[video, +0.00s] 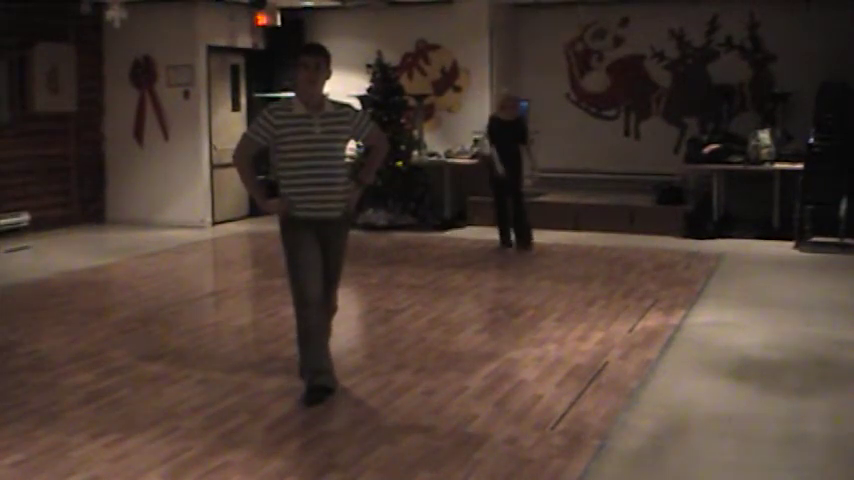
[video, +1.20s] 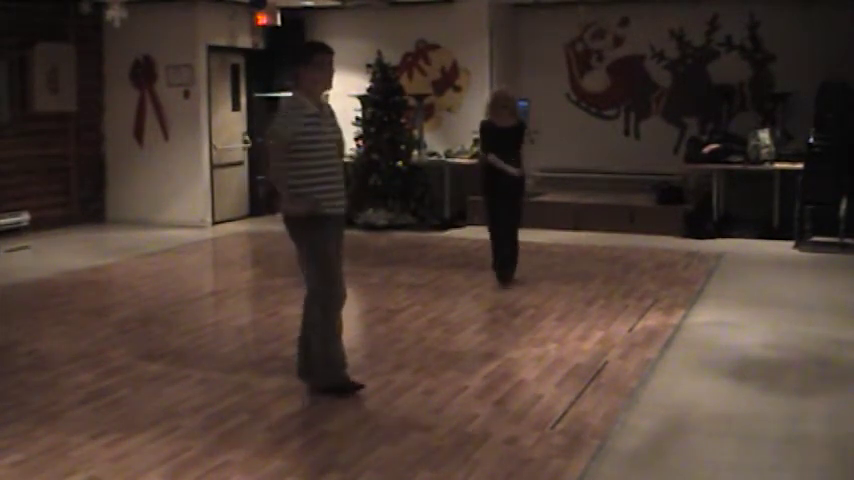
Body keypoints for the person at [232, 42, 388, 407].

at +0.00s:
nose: (311, 76)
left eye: (318, 69)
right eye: (305, 69)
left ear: (328, 74)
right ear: (295, 73)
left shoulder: (344, 114)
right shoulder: (276, 115)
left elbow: (380, 145)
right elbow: (241, 155)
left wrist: (358, 185)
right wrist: (262, 199)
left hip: (336, 218)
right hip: (297, 218)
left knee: (326, 297)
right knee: (309, 298)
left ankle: (314, 361)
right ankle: (318, 378)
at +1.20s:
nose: (330, 74)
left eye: (331, 68)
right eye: (323, 68)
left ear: (326, 72)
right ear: (304, 71)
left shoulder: (325, 111)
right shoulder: (291, 111)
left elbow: (334, 158)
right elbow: (275, 160)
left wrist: (337, 194)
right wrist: (290, 198)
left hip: (331, 212)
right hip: (308, 214)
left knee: (324, 290)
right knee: (328, 292)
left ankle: (311, 362)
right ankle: (328, 373)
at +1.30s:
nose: (333, 71)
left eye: (332, 66)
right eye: (327, 66)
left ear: (314, 72)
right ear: (308, 71)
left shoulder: (314, 108)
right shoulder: (299, 109)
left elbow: (311, 156)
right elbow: (290, 149)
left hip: (320, 211)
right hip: (311, 212)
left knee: (318, 287)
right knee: (334, 290)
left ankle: (305, 361)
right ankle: (330, 371)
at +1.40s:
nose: (327, 72)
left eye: (325, 65)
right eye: (323, 66)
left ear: (300, 71)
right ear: (312, 70)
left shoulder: (292, 105)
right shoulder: (315, 106)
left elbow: (277, 143)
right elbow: (327, 156)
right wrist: (333, 202)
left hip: (299, 209)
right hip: (319, 209)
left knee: (315, 288)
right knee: (336, 291)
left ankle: (304, 364)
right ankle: (333, 370)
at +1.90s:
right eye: (302, 67)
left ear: (275, 75)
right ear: (306, 71)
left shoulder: (263, 112)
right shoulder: (329, 107)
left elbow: (226, 150)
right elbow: (364, 142)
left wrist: (251, 181)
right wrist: (377, 172)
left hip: (287, 216)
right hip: (329, 212)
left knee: (290, 294)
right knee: (331, 296)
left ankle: (295, 368)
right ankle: (331, 376)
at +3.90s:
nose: (335, 70)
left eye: (333, 64)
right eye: (334, 65)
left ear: (300, 68)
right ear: (330, 68)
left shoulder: (285, 106)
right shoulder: (342, 107)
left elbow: (257, 142)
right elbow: (356, 153)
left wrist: (258, 180)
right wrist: (398, 187)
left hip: (290, 209)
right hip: (332, 209)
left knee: (293, 288)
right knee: (339, 288)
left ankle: (290, 365)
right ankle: (343, 359)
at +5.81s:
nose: (304, 73)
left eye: (301, 66)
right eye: (302, 67)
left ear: (266, 71)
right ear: (298, 70)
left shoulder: (252, 112)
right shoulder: (313, 112)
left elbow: (237, 168)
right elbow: (333, 172)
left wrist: (257, 200)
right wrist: (373, 194)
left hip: (266, 226)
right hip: (310, 225)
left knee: (266, 305)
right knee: (326, 299)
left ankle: (269, 388)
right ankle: (335, 374)